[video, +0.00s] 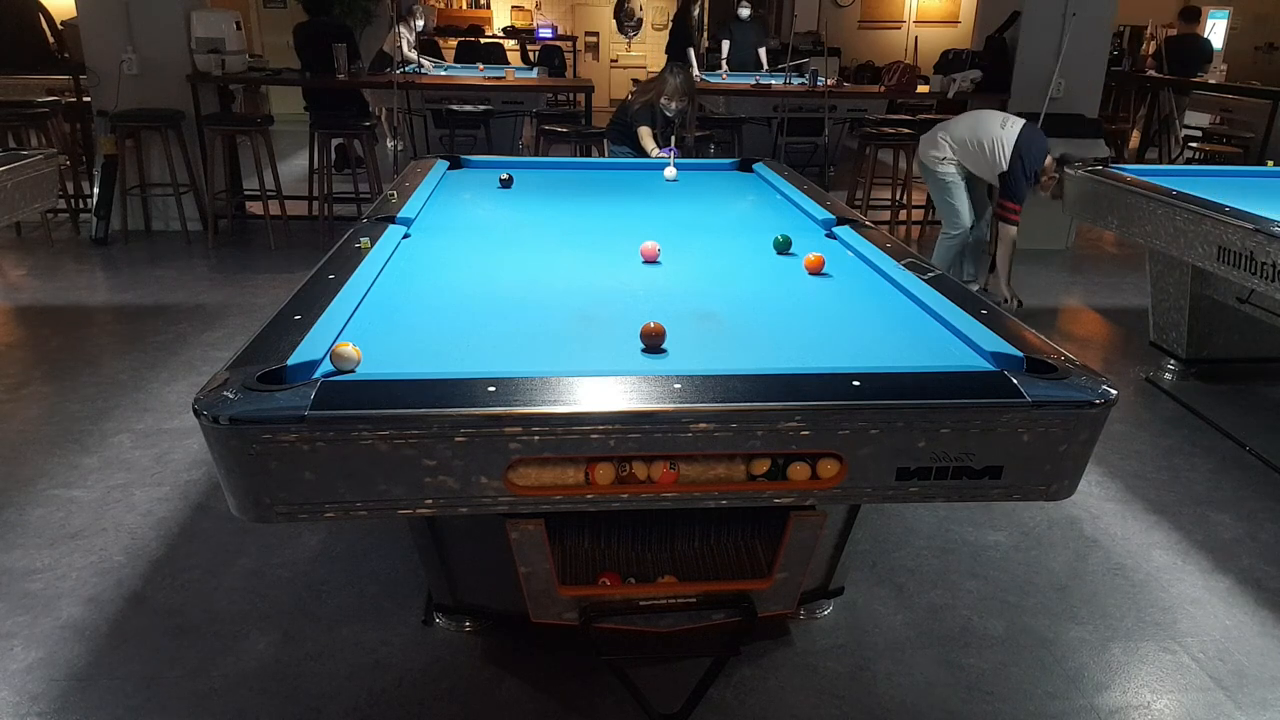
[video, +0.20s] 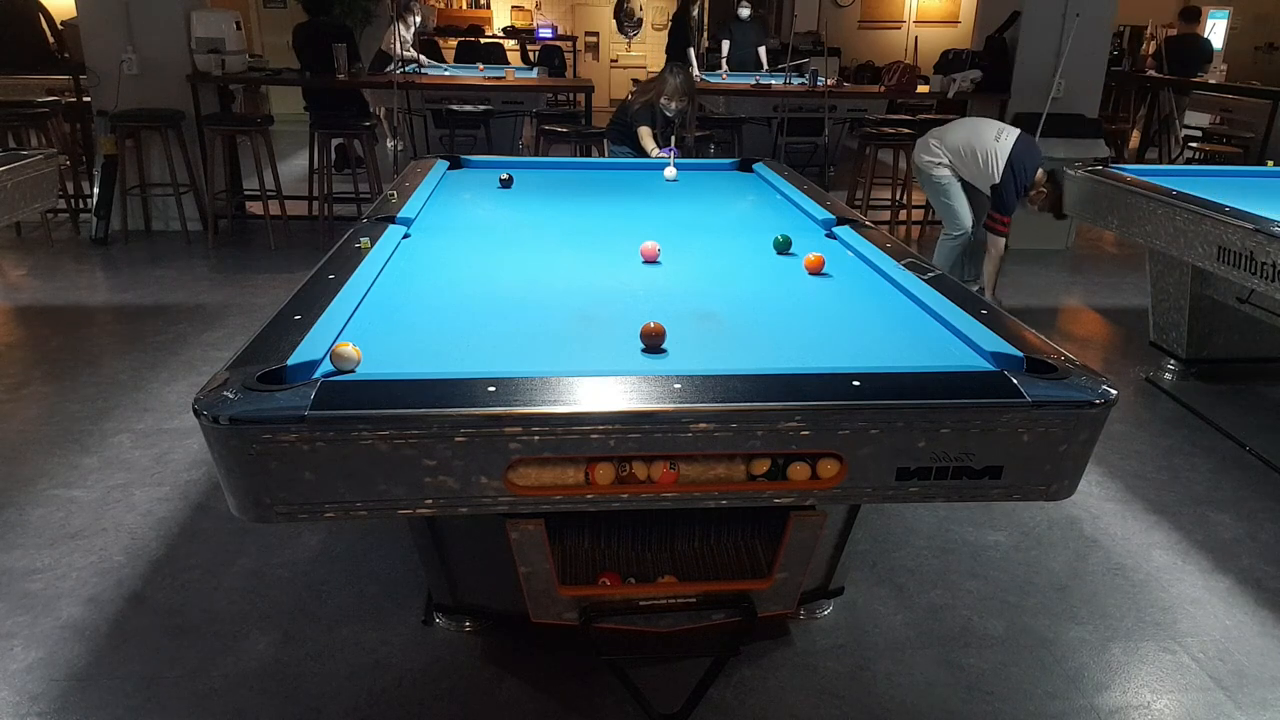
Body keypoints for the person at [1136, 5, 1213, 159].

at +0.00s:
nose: (1177, 24)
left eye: (1177, 21)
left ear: (1179, 21)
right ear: (1198, 22)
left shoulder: (1169, 41)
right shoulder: (1206, 44)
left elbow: (1150, 64)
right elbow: (1205, 70)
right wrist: (1188, 65)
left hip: (1163, 91)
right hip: (1184, 92)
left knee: (1143, 125)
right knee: (1174, 129)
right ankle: (1171, 163)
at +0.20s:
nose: (1177, 24)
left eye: (1178, 21)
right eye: (1178, 21)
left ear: (1180, 21)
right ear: (1198, 22)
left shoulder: (1169, 41)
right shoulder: (1205, 44)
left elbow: (1150, 64)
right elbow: (1205, 70)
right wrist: (1188, 65)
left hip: (1163, 91)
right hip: (1185, 92)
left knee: (1144, 124)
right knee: (1174, 128)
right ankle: (1170, 163)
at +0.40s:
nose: (1177, 24)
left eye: (1178, 21)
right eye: (1178, 21)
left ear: (1180, 21)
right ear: (1198, 22)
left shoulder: (1169, 41)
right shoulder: (1206, 44)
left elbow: (1150, 64)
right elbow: (1206, 70)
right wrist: (1189, 66)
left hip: (1164, 91)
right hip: (1185, 92)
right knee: (1175, 127)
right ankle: (1170, 161)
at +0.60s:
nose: (1177, 24)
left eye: (1178, 21)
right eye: (1178, 21)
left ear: (1180, 21)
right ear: (1198, 22)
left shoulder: (1169, 41)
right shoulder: (1206, 44)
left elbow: (1150, 64)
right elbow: (1205, 70)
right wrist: (1188, 65)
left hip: (1164, 91)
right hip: (1185, 92)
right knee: (1175, 126)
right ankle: (1170, 160)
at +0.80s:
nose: (1177, 24)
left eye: (1177, 21)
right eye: (1178, 21)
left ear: (1179, 21)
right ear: (1198, 22)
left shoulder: (1169, 41)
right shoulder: (1205, 44)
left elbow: (1150, 64)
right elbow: (1205, 70)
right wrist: (1188, 65)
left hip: (1164, 91)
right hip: (1185, 92)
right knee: (1175, 126)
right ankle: (1170, 160)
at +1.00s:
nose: (1176, 24)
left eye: (1177, 21)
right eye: (1177, 21)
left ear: (1179, 21)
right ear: (1198, 22)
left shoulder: (1169, 41)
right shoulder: (1205, 44)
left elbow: (1150, 64)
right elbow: (1205, 70)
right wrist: (1188, 66)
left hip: (1163, 91)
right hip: (1185, 92)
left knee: (1145, 124)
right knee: (1175, 127)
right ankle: (1170, 161)